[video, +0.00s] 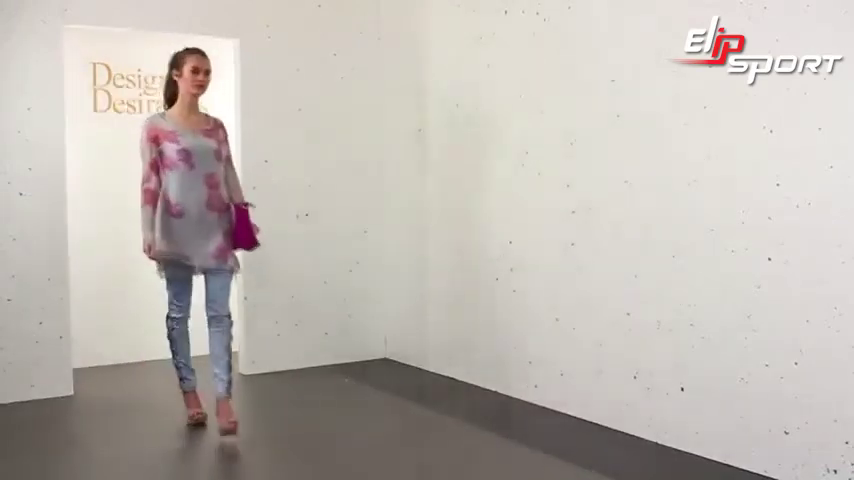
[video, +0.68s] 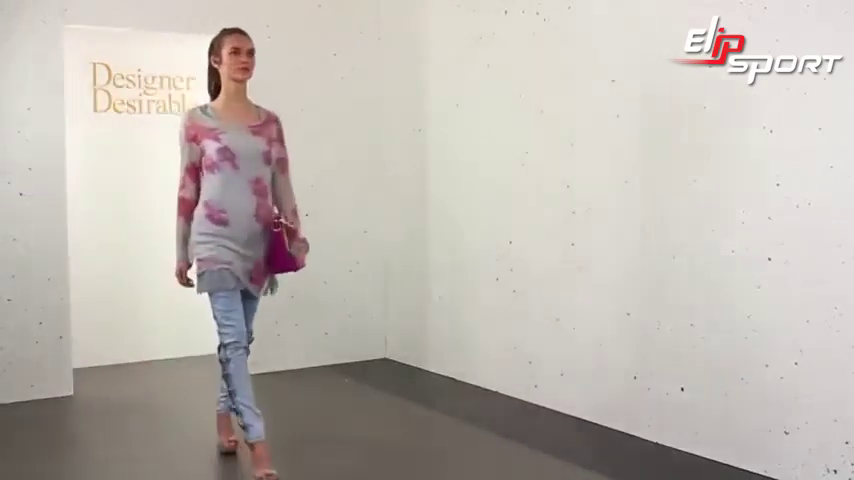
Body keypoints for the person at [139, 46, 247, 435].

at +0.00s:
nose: (201, 78)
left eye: (206, 73)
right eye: (195, 72)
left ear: (209, 79)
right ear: (177, 75)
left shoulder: (215, 127)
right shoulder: (155, 125)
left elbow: (230, 178)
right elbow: (150, 182)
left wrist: (243, 222)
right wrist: (148, 233)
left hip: (218, 233)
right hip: (176, 233)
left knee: (220, 315)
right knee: (179, 314)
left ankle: (224, 396)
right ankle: (188, 388)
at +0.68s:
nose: (244, 61)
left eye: (249, 54)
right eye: (235, 53)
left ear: (256, 61)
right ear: (216, 61)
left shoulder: (269, 121)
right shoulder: (197, 119)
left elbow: (282, 183)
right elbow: (188, 188)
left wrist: (296, 235)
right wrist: (182, 250)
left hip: (260, 239)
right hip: (213, 238)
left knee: (242, 337)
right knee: (234, 337)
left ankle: (225, 411)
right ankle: (256, 438)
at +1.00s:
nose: (269, 44)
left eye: (274, 37)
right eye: (259, 37)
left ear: (279, 46)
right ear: (238, 45)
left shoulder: (292, 108)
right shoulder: (215, 108)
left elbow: (305, 177)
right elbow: (208, 181)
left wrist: (317, 228)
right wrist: (206, 248)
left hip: (286, 241)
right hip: (236, 242)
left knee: (285, 343)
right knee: (247, 343)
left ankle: (278, 428)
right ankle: (260, 444)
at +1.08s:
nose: (277, 41)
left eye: (281, 34)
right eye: (267, 33)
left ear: (286, 42)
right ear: (245, 40)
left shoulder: (297, 105)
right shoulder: (220, 103)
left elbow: (311, 176)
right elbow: (213, 179)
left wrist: (325, 234)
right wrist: (214, 244)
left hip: (294, 240)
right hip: (242, 242)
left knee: (298, 347)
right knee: (247, 346)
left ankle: (298, 450)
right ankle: (260, 445)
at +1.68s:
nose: (335, 13)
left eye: (340, 5)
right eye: (323, 5)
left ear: (347, 15)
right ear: (299, 18)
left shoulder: (360, 93)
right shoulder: (274, 88)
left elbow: (373, 169)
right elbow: (259, 173)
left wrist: (390, 231)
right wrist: (252, 251)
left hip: (351, 241)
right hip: (295, 239)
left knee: (344, 367)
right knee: (331, 365)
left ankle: (329, 470)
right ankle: (320, 471)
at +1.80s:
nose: (348, 7)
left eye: (352, 1)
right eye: (334, 1)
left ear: (358, 10)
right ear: (310, 13)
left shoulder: (373, 89)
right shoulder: (285, 86)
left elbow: (387, 169)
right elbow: (270, 173)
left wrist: (404, 235)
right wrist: (262, 256)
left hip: (360, 242)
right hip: (303, 241)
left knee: (343, 372)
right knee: (334, 372)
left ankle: (327, 469)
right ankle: (349, 474)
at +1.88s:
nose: (356, 7)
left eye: (360, 0)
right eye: (343, 1)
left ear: (367, 10)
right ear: (317, 13)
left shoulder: (382, 91)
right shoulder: (292, 88)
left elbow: (396, 175)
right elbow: (278, 177)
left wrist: (413, 243)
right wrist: (268, 263)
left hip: (370, 246)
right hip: (311, 246)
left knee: (343, 379)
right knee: (340, 380)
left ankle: (329, 471)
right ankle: (359, 475)